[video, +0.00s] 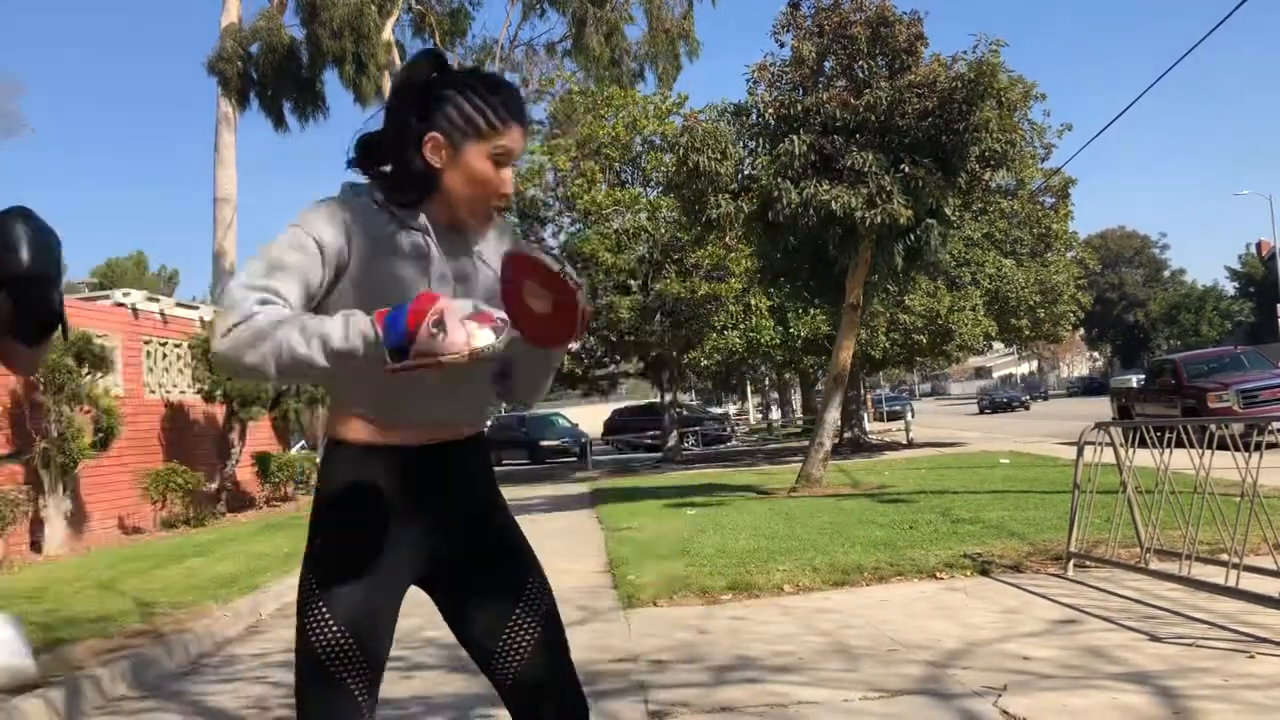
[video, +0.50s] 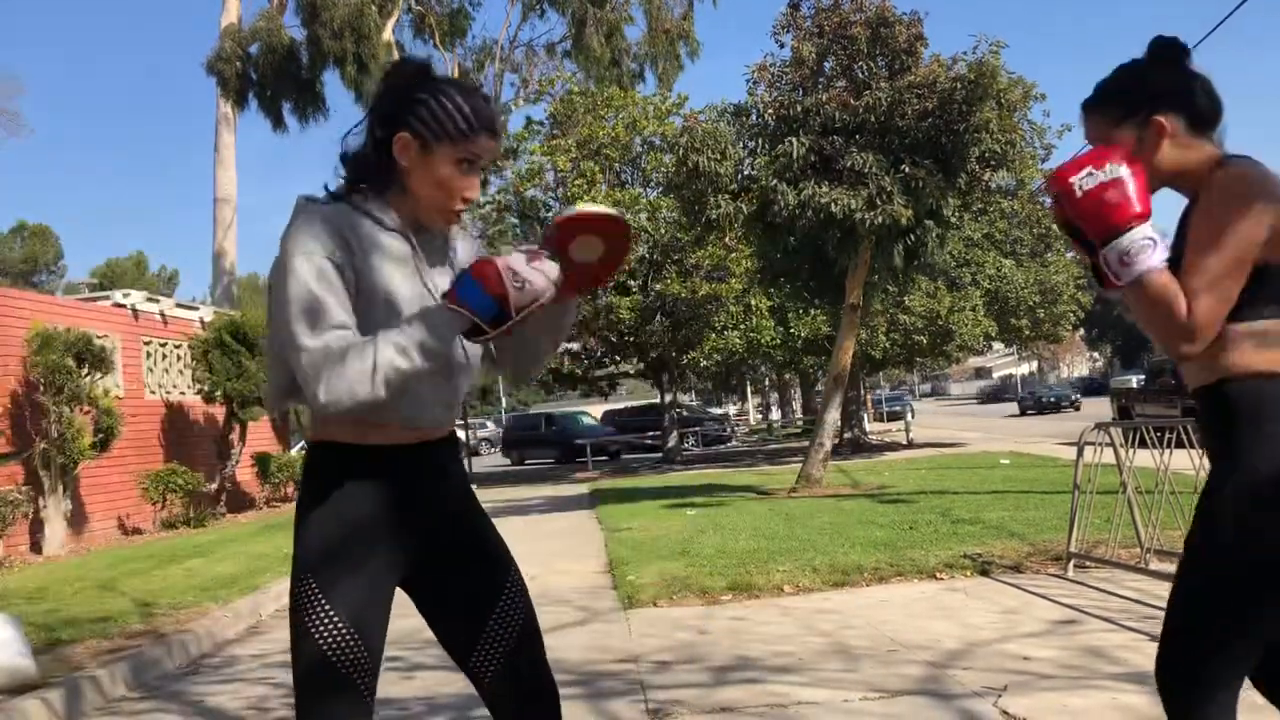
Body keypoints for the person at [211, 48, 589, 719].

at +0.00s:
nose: (511, 183)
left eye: (515, 164)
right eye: (499, 160)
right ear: (437, 150)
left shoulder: (499, 245)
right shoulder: (344, 226)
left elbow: (521, 392)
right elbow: (238, 334)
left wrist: (546, 332)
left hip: (465, 489)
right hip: (363, 492)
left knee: (554, 701)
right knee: (333, 707)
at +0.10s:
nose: (469, 194)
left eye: (476, 176)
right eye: (460, 168)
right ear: (397, 152)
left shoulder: (450, 242)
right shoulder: (311, 225)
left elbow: (467, 380)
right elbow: (308, 365)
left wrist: (532, 330)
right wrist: (445, 302)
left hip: (437, 489)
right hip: (344, 496)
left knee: (547, 696)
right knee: (332, 708)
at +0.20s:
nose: (448, 192)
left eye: (453, 172)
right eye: (435, 167)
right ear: (372, 154)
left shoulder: (421, 252)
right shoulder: (290, 246)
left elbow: (446, 380)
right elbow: (357, 388)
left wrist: (525, 342)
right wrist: (448, 287)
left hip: (431, 491)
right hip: (342, 502)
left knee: (540, 695)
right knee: (339, 708)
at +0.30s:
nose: (449, 191)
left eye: (454, 172)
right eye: (438, 167)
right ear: (375, 154)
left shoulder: (428, 250)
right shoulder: (293, 249)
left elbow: (447, 385)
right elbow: (355, 399)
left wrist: (518, 337)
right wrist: (450, 301)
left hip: (434, 491)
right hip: (346, 503)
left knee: (537, 696)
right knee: (345, 709)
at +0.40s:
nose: (468, 189)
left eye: (474, 170)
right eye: (457, 164)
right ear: (396, 151)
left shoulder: (453, 251)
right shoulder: (313, 240)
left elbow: (455, 386)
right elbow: (339, 396)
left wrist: (527, 350)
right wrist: (472, 337)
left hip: (442, 489)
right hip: (353, 495)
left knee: (535, 697)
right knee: (340, 708)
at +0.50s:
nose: (475, 189)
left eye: (483, 171)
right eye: (465, 166)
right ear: (405, 150)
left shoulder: (458, 245)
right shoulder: (321, 229)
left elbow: (515, 360)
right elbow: (327, 379)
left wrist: (564, 295)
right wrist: (458, 313)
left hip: (439, 485)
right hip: (350, 488)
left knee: (527, 691)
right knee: (334, 704)